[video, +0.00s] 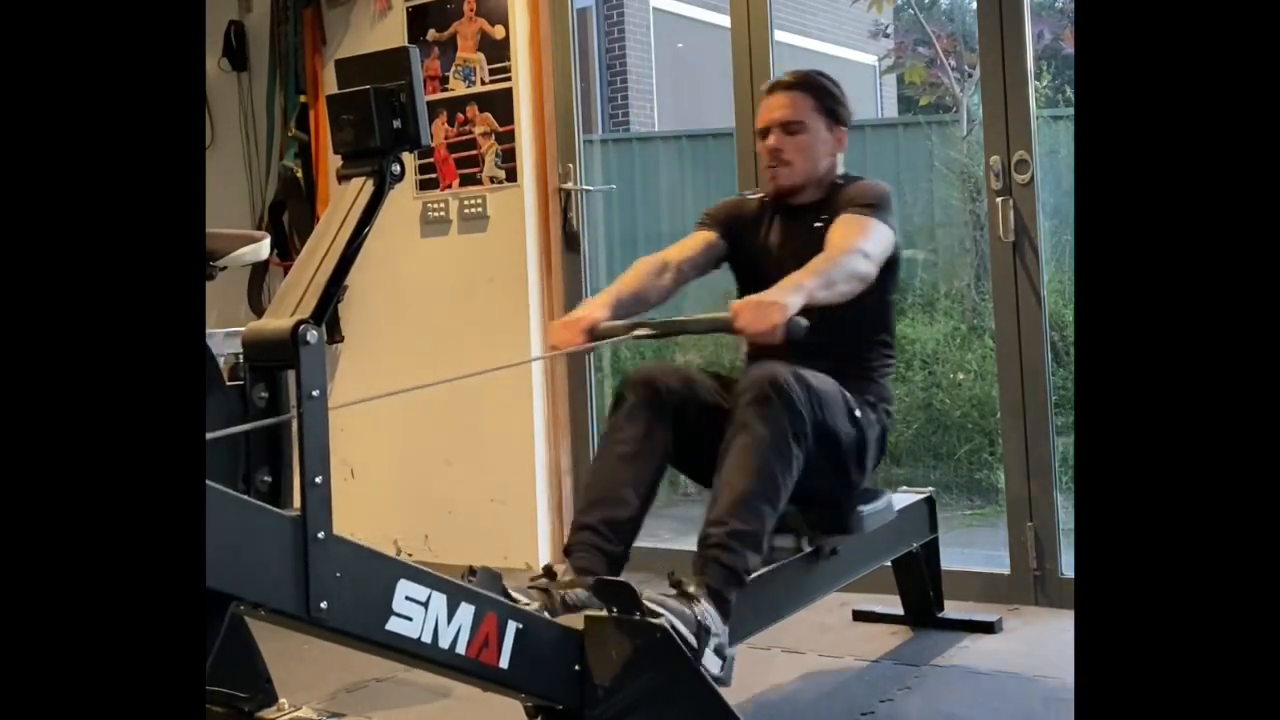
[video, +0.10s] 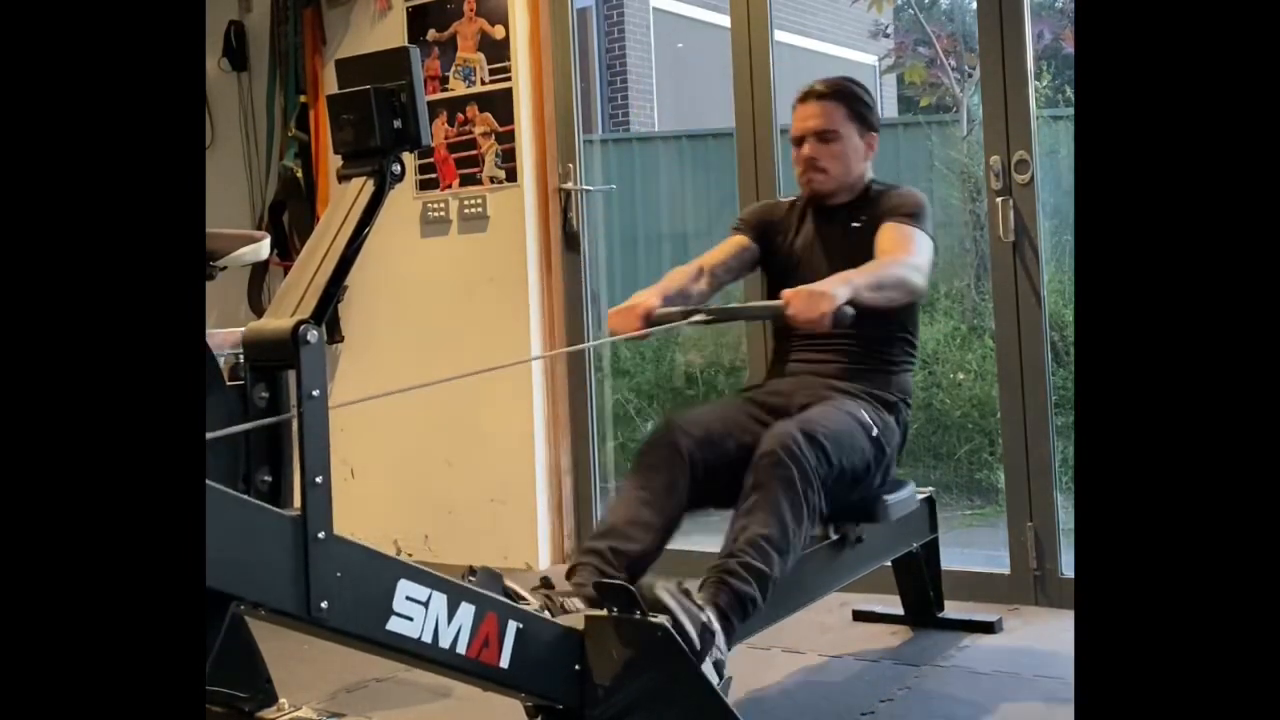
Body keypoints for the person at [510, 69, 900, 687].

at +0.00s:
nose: (771, 145)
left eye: (790, 129)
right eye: (763, 133)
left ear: (838, 140)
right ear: (754, 144)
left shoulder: (866, 202)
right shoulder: (742, 217)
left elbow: (849, 262)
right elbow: (669, 267)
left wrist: (787, 294)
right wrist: (603, 306)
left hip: (846, 436)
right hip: (755, 423)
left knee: (770, 380)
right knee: (650, 385)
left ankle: (708, 608)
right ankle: (583, 577)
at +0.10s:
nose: (807, 153)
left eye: (825, 138)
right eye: (798, 141)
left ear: (869, 145)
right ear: (790, 148)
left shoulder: (898, 208)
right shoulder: (773, 219)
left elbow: (907, 273)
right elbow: (704, 273)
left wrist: (842, 285)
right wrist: (653, 296)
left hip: (861, 405)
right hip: (774, 399)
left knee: (786, 449)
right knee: (675, 441)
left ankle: (715, 620)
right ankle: (583, 592)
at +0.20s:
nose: (826, 180)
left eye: (842, 164)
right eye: (817, 166)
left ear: (884, 163)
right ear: (807, 168)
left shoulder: (919, 224)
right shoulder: (798, 233)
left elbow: (966, 292)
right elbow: (737, 287)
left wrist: (890, 288)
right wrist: (698, 300)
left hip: (869, 408)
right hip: (785, 404)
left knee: (792, 469)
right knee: (696, 474)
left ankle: (719, 623)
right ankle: (594, 589)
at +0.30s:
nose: (812, 187)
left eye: (828, 171)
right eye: (803, 173)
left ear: (872, 170)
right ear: (796, 172)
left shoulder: (917, 231)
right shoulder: (788, 240)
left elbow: (1022, 301)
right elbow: (729, 300)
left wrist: (928, 293)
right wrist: (727, 310)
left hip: (865, 414)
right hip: (772, 405)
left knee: (781, 440)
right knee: (681, 430)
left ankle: (715, 621)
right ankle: (595, 588)